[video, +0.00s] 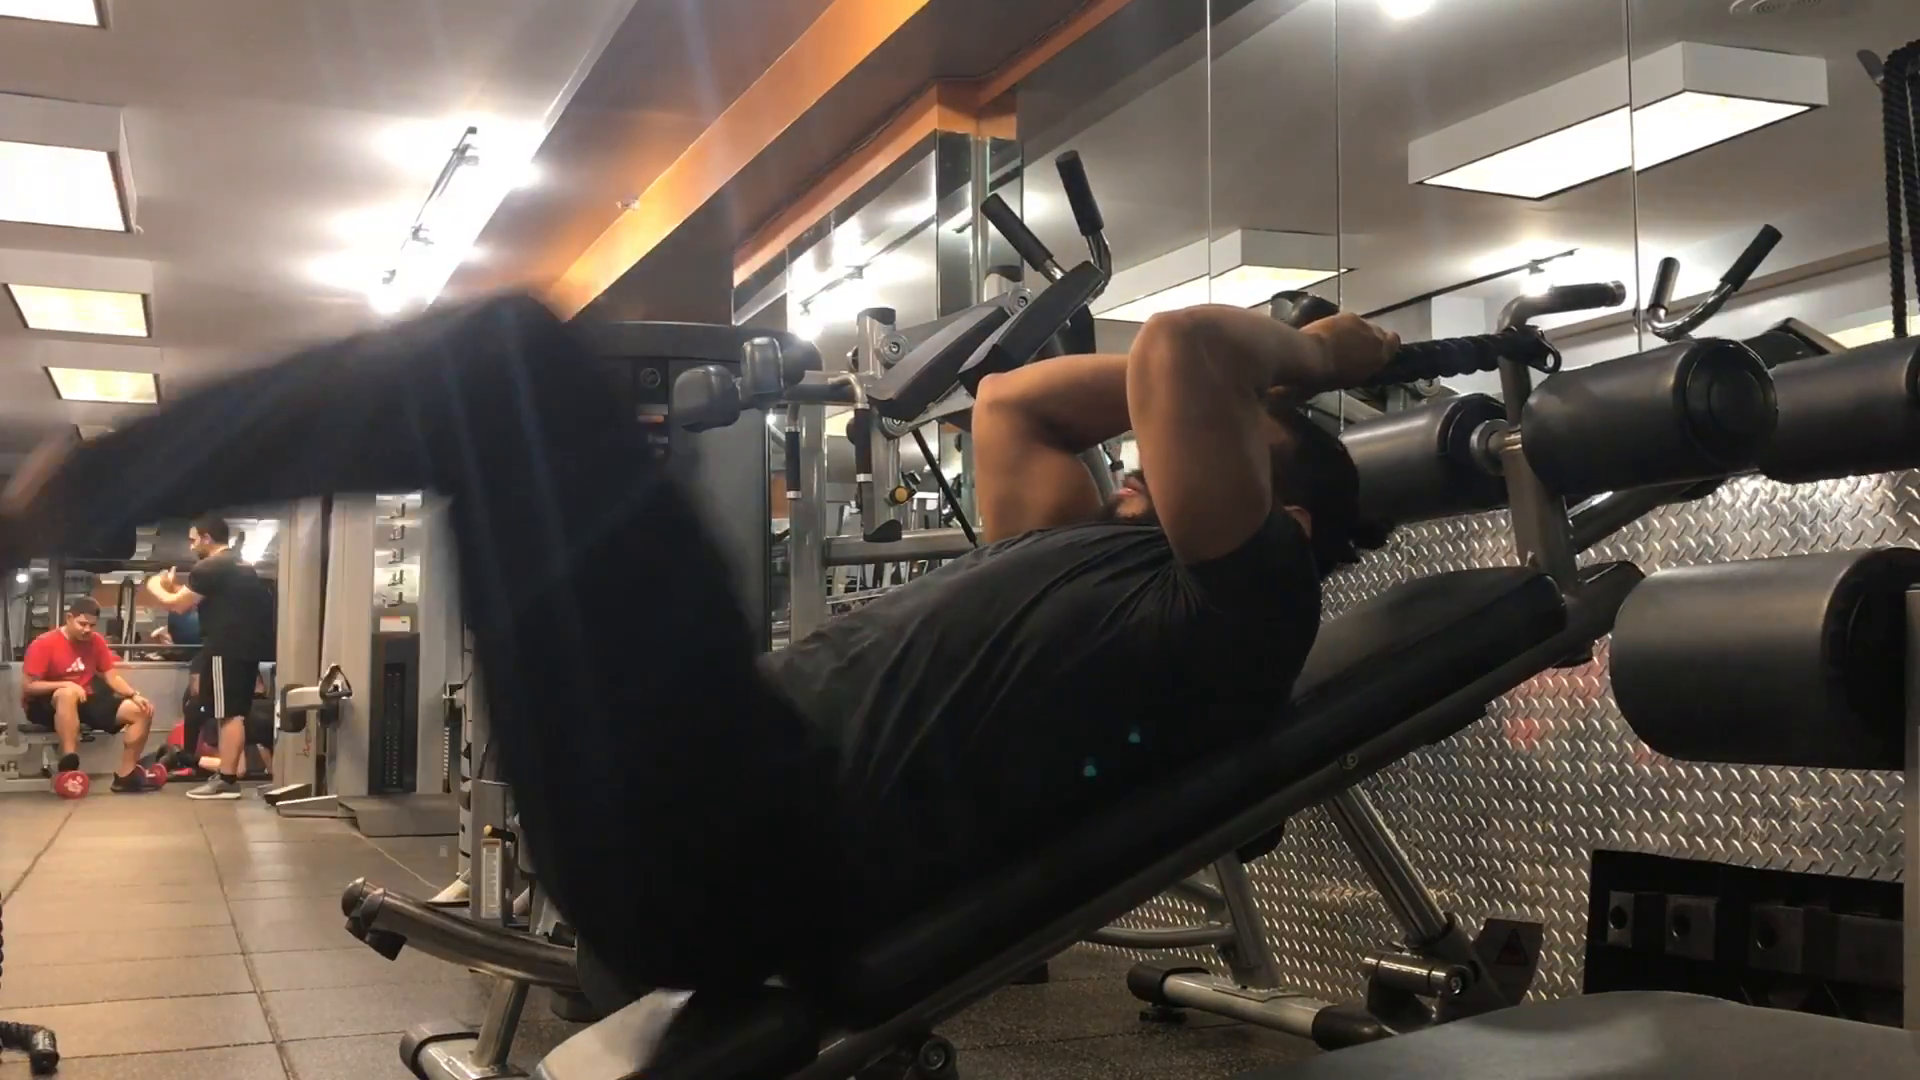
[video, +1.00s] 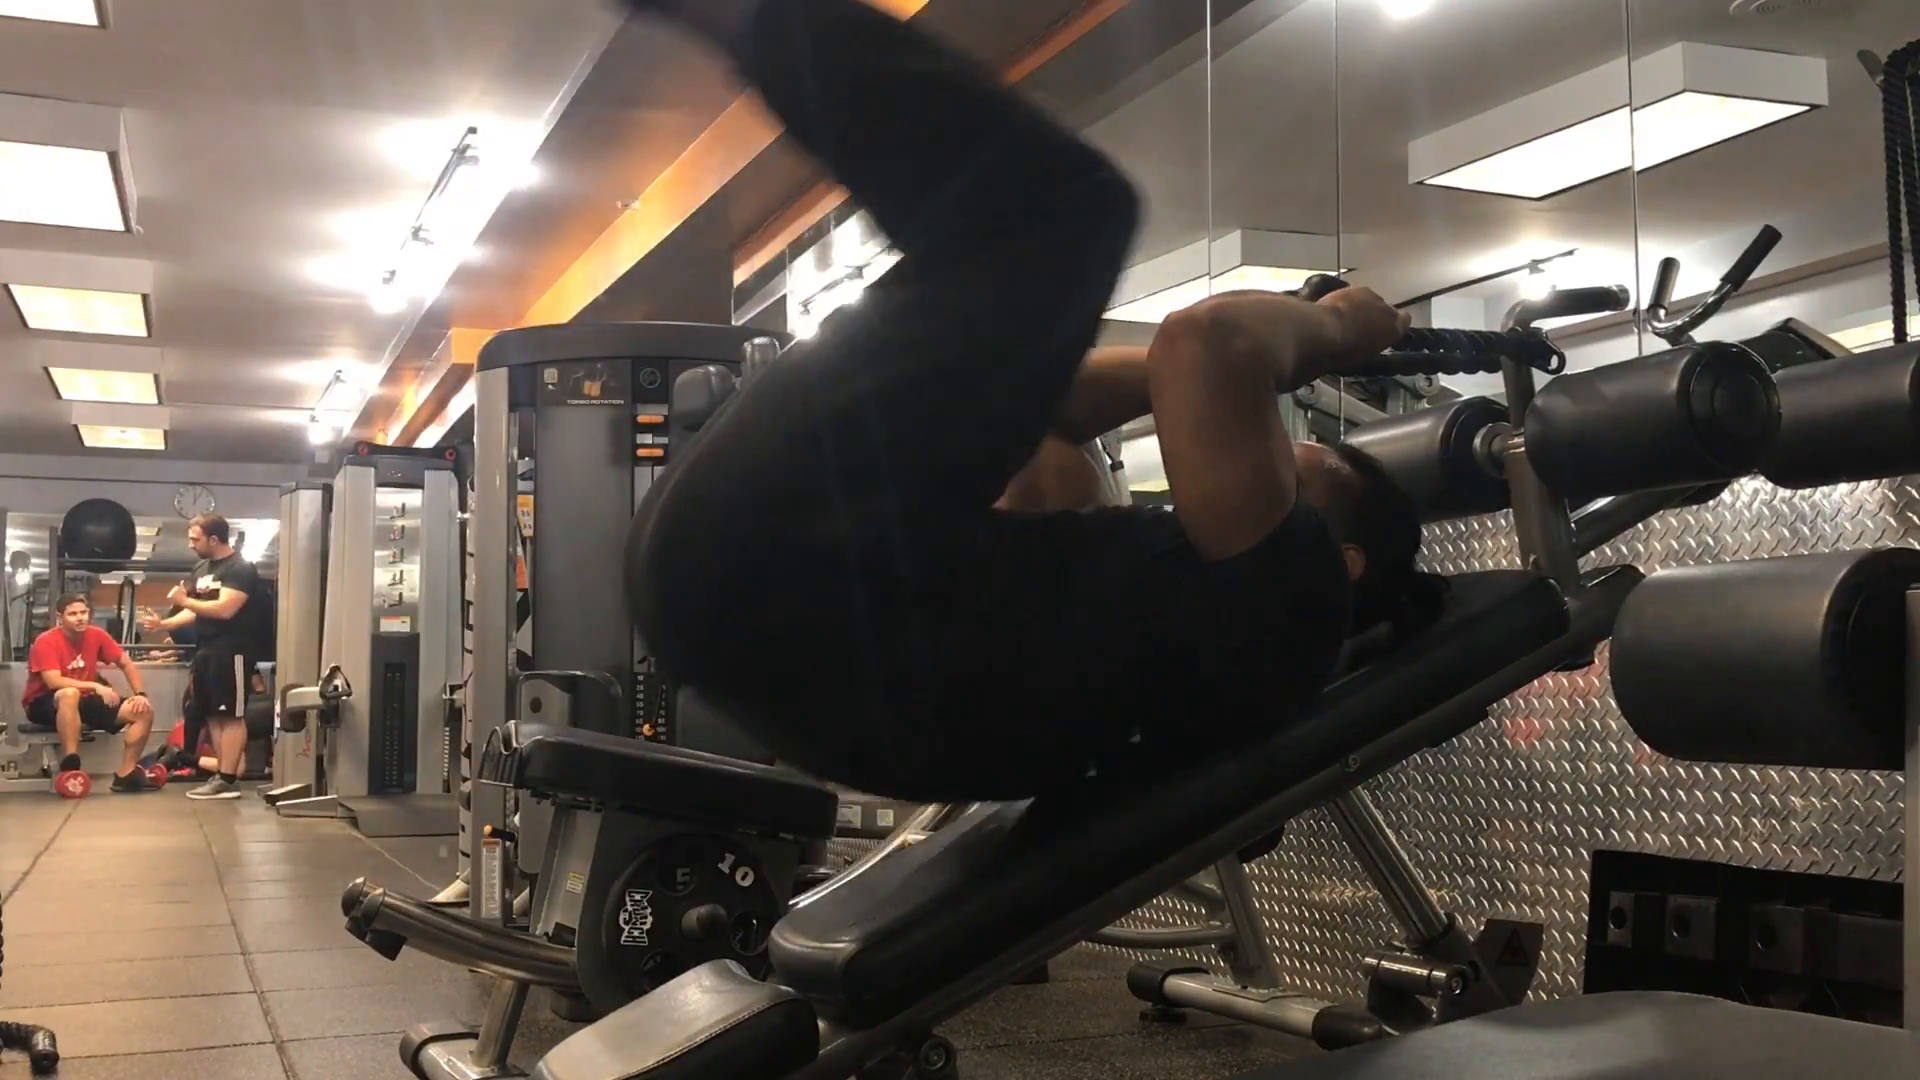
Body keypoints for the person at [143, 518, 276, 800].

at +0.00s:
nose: (191, 544)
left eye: (194, 538)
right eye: (191, 539)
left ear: (207, 538)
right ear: (221, 538)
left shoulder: (210, 568)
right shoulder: (241, 566)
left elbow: (177, 604)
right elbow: (199, 599)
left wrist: (154, 587)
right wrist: (176, 586)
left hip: (226, 649)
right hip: (246, 648)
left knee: (229, 716)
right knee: (235, 714)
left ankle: (226, 780)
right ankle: (228, 778)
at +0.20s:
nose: (190, 545)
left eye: (192, 539)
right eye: (190, 539)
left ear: (205, 539)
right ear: (217, 538)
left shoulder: (209, 568)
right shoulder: (238, 565)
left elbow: (181, 606)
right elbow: (198, 603)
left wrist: (154, 594)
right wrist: (172, 595)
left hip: (224, 648)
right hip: (242, 647)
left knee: (228, 716)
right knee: (232, 715)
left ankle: (226, 780)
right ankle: (228, 779)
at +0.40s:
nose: (191, 549)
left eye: (191, 544)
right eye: (190, 544)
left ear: (202, 541)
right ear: (217, 538)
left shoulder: (215, 569)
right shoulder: (234, 565)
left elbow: (194, 608)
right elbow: (205, 605)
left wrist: (169, 595)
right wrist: (184, 594)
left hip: (225, 648)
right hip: (237, 646)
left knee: (228, 715)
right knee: (227, 714)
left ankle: (227, 780)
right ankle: (226, 778)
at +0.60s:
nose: (190, 550)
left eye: (192, 543)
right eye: (189, 544)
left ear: (207, 540)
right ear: (209, 541)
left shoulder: (231, 569)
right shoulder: (216, 568)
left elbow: (208, 609)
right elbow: (198, 602)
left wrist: (171, 602)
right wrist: (168, 604)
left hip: (232, 649)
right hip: (219, 648)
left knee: (230, 715)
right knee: (221, 714)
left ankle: (227, 780)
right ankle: (225, 777)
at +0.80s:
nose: (190, 546)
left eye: (194, 540)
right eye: (189, 540)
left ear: (213, 540)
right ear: (210, 541)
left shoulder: (242, 568)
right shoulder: (201, 571)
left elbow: (225, 607)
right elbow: (187, 608)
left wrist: (185, 597)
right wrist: (152, 613)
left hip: (233, 650)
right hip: (210, 650)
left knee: (231, 716)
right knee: (216, 715)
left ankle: (227, 780)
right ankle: (227, 778)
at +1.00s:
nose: (191, 545)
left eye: (195, 539)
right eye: (190, 539)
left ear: (214, 539)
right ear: (212, 540)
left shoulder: (241, 569)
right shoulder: (203, 571)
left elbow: (225, 609)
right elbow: (194, 611)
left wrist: (185, 601)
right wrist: (163, 623)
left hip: (232, 649)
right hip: (209, 649)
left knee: (231, 715)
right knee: (215, 715)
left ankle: (227, 779)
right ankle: (225, 777)